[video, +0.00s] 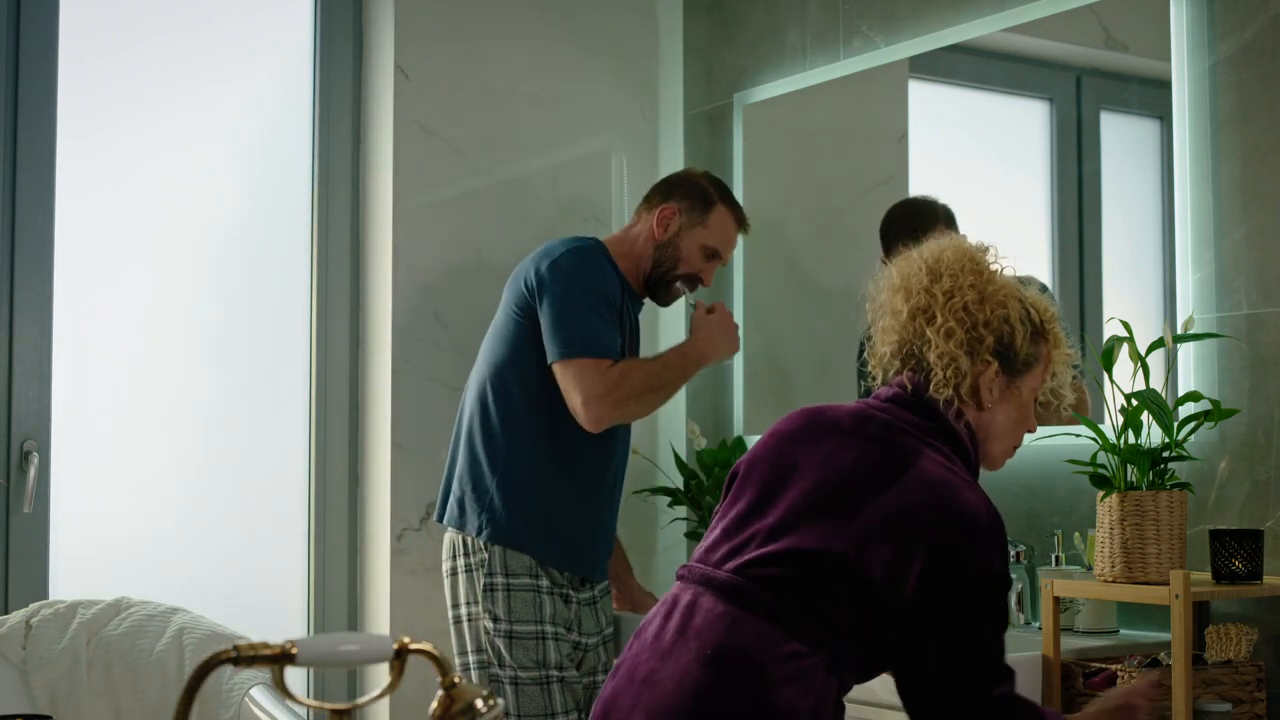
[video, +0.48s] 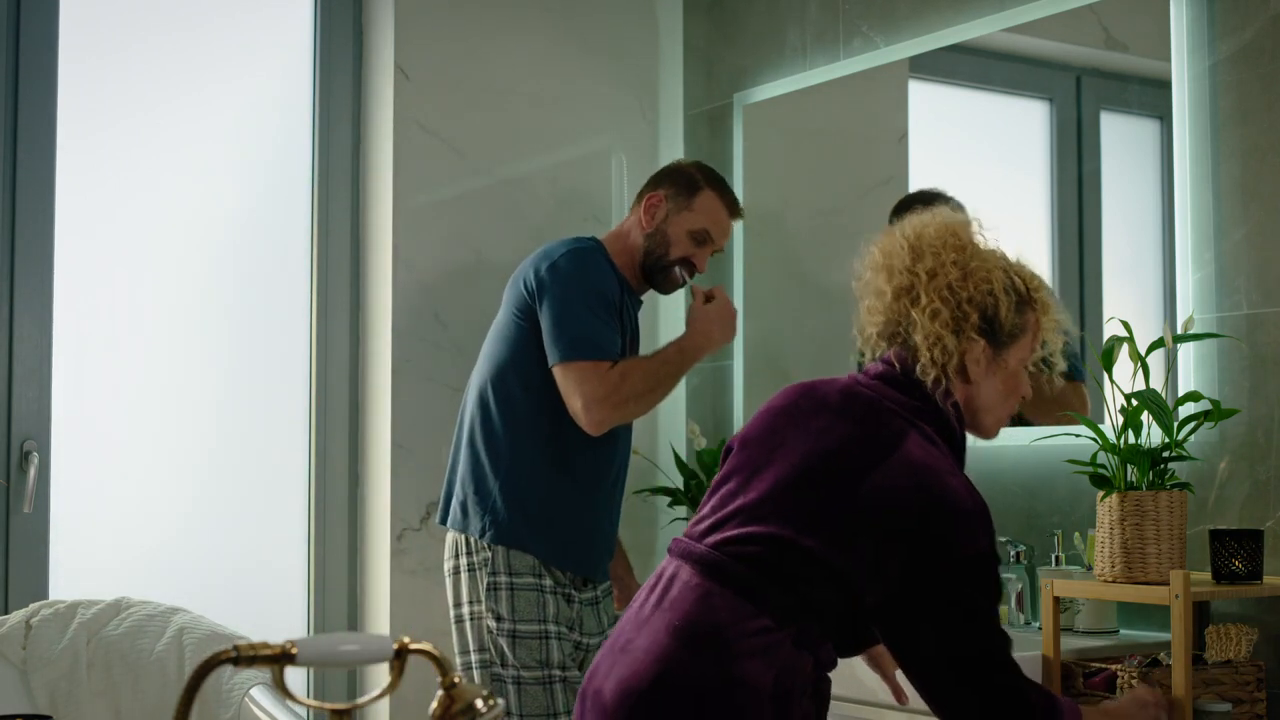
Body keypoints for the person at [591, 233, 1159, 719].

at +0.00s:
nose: (1031, 426)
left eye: (1039, 403)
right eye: (1032, 399)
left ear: (907, 363)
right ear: (986, 383)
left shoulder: (797, 428)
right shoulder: (958, 511)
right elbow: (963, 704)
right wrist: (1102, 711)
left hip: (635, 683)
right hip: (757, 701)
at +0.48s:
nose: (1027, 389)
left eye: (1032, 366)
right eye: (1025, 363)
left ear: (908, 339)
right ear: (970, 353)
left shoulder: (799, 402)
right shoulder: (937, 492)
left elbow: (771, 545)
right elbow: (979, 693)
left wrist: (866, 636)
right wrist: (1097, 711)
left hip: (621, 675)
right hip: (742, 695)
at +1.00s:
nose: (736, 240)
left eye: (753, 222)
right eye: (713, 216)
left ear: (768, 233)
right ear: (656, 220)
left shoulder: (745, 364)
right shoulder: (598, 347)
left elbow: (767, 515)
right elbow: (579, 518)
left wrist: (854, 603)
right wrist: (721, 434)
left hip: (683, 629)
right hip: (569, 629)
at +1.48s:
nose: (493, 194)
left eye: (521, 178)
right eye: (488, 176)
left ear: (577, 204)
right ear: (475, 186)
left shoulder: (623, 340)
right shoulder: (422, 323)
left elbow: (691, 519)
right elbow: (334, 465)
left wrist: (698, 485)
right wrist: (345, 344)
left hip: (567, 618)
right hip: (438, 615)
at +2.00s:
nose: (343, 211)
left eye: (368, 193)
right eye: (342, 191)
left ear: (432, 210)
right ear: (332, 196)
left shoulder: (487, 345)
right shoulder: (301, 324)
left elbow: (530, 507)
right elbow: (191, 421)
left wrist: (436, 465)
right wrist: (124, 348)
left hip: (442, 627)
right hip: (318, 622)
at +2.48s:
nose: (312, 224)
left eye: (333, 205)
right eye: (308, 205)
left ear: (402, 209)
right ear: (300, 203)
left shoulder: (468, 341)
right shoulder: (284, 327)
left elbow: (531, 494)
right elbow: (177, 417)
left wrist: (450, 476)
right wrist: (94, 350)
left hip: (433, 633)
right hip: (310, 632)